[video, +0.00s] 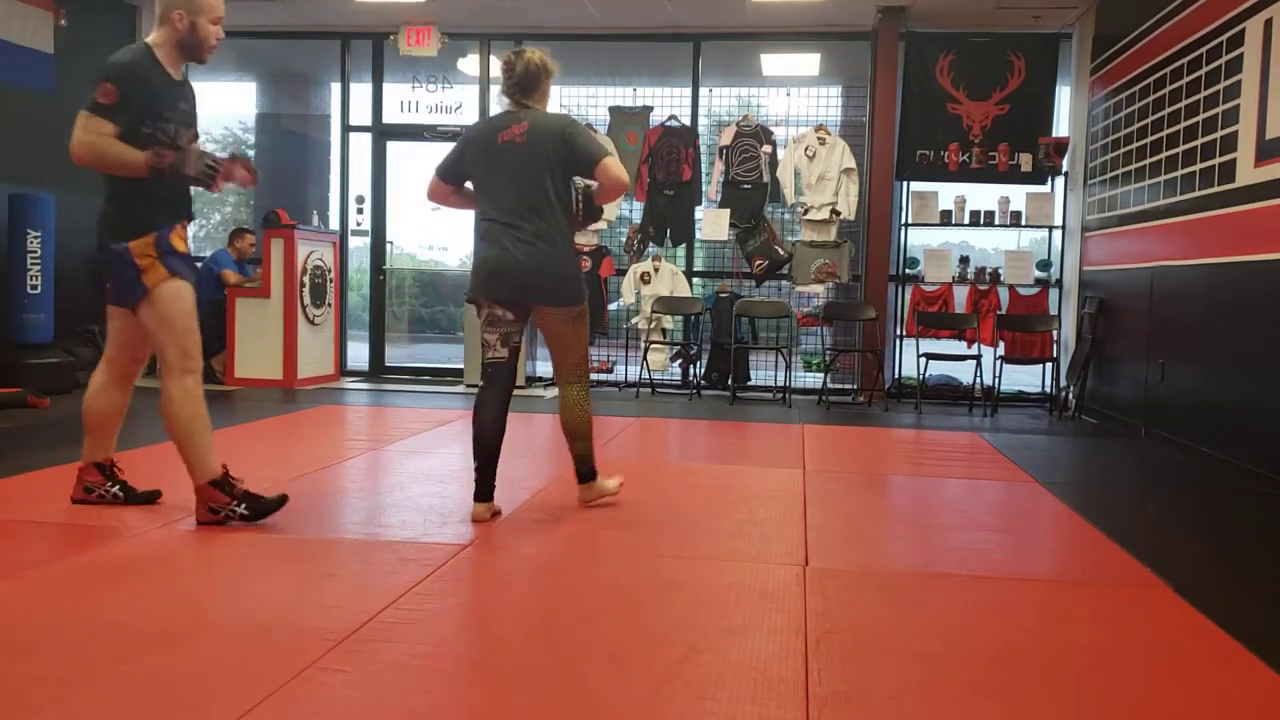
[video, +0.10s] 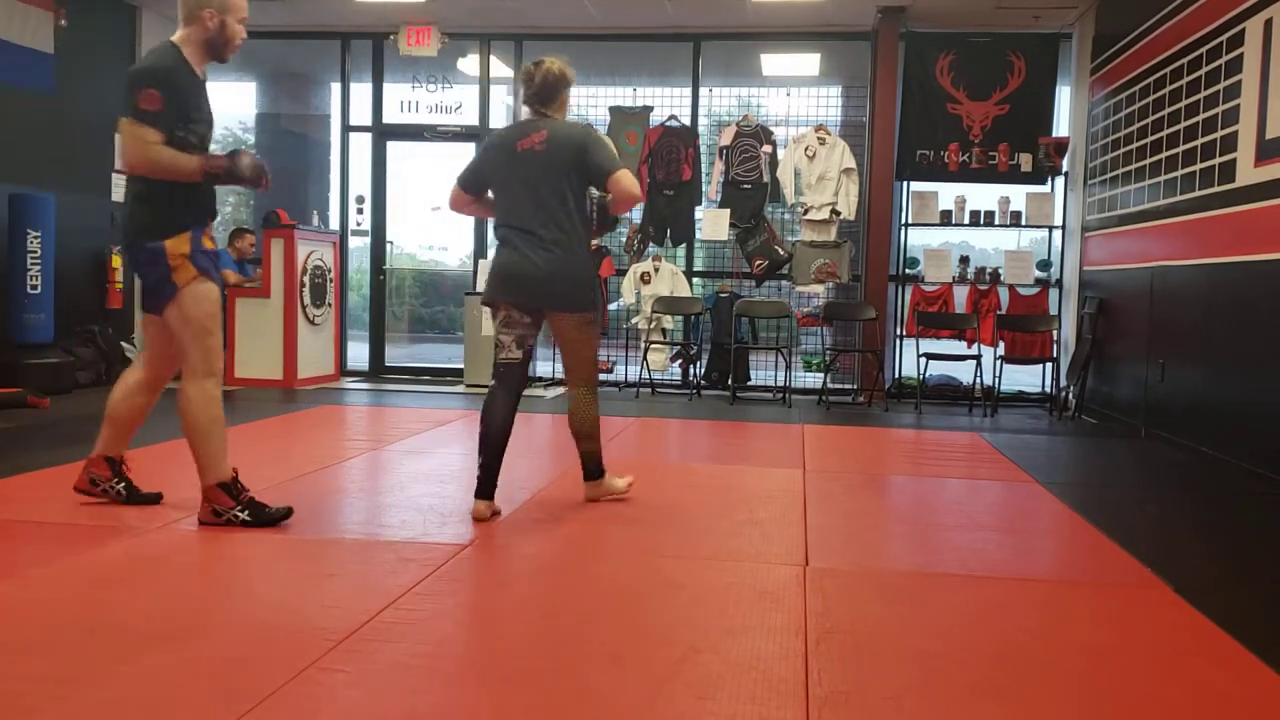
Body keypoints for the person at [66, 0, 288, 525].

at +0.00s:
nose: (221, 35)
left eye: (222, 25)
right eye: (215, 23)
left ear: (183, 22)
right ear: (179, 18)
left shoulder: (181, 80)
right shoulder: (127, 68)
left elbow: (172, 154)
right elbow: (84, 145)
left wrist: (213, 171)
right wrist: (155, 161)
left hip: (156, 234)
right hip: (142, 235)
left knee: (121, 362)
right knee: (185, 360)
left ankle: (94, 475)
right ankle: (213, 491)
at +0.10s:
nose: (245, 35)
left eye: (245, 24)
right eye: (241, 22)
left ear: (208, 21)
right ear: (209, 19)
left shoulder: (185, 75)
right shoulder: (159, 71)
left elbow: (168, 156)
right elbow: (136, 155)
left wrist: (226, 165)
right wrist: (218, 166)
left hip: (173, 234)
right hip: (173, 236)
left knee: (156, 363)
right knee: (204, 364)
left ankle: (101, 468)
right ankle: (220, 494)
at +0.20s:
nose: (264, 37)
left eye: (266, 26)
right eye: (263, 24)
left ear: (222, 16)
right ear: (237, 17)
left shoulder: (182, 62)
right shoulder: (199, 65)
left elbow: (199, 158)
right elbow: (209, 161)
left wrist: (252, 152)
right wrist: (266, 151)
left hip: (175, 227)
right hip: (191, 229)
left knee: (202, 353)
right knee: (213, 365)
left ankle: (129, 444)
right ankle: (220, 492)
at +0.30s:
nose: (279, 36)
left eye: (281, 25)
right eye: (280, 24)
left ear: (234, 12)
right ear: (262, 17)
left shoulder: (192, 58)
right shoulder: (230, 67)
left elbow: (217, 144)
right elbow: (268, 157)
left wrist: (272, 123)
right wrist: (299, 126)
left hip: (191, 223)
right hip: (205, 226)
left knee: (243, 337)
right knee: (213, 361)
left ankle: (164, 441)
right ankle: (220, 493)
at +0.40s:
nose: (292, 31)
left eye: (293, 21)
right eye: (294, 21)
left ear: (243, 11)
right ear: (281, 16)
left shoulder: (203, 58)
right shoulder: (251, 64)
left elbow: (222, 143)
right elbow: (279, 156)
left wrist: (285, 120)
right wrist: (310, 128)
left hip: (197, 222)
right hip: (218, 225)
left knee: (242, 344)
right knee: (231, 354)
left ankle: (202, 464)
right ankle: (221, 492)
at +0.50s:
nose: (299, 43)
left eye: (301, 33)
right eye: (301, 32)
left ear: (249, 17)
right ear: (289, 23)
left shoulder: (209, 65)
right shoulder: (261, 68)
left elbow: (227, 150)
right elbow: (278, 160)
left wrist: (296, 142)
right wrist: (314, 152)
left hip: (203, 234)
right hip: (243, 232)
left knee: (235, 358)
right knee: (264, 362)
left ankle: (217, 486)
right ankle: (229, 491)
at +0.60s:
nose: (308, 52)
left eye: (311, 43)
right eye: (310, 42)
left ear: (261, 25)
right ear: (295, 30)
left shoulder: (218, 72)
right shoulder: (269, 71)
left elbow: (219, 158)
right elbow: (269, 151)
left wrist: (305, 166)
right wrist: (320, 170)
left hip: (210, 241)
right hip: (258, 238)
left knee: (241, 359)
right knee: (320, 351)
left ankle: (217, 486)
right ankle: (253, 468)